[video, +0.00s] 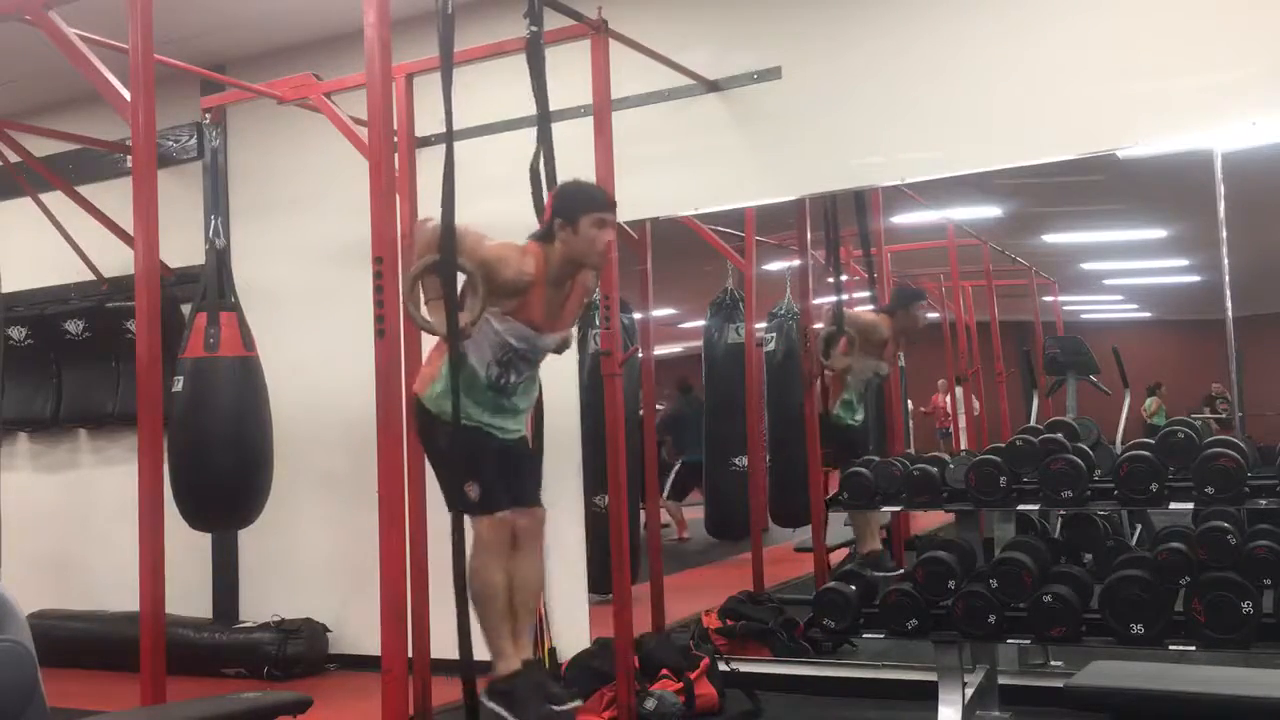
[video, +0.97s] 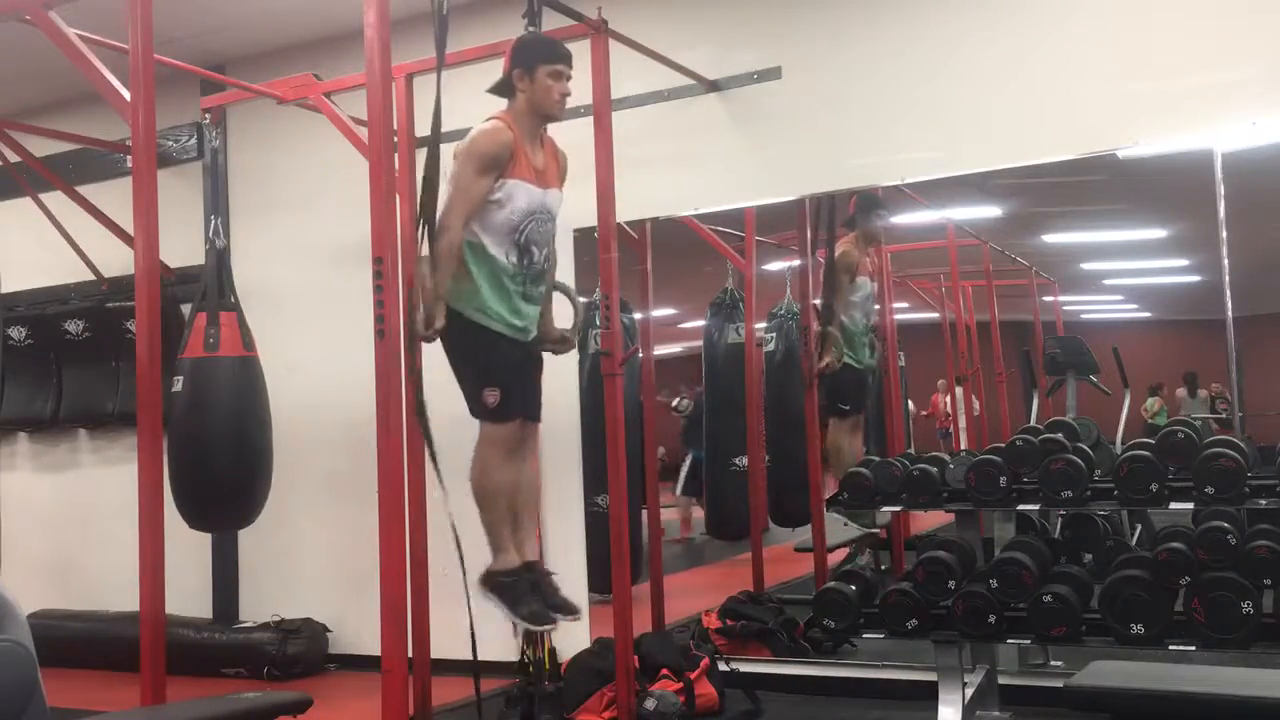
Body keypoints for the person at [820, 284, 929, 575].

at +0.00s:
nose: (924, 317)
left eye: (923, 310)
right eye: (920, 310)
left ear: (904, 311)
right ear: (904, 310)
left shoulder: (890, 336)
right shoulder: (879, 326)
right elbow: (834, 313)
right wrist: (828, 357)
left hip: (860, 407)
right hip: (844, 407)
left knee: (867, 475)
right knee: (859, 476)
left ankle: (870, 547)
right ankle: (868, 549)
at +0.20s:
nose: (910, 282)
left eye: (909, 276)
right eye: (905, 276)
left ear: (892, 278)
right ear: (890, 277)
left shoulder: (888, 310)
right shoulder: (869, 305)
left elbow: (879, 354)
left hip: (859, 393)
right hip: (842, 394)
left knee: (860, 460)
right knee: (854, 461)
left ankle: (858, 528)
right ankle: (848, 532)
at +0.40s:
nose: (898, 255)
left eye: (897, 249)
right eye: (894, 249)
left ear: (882, 251)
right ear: (878, 251)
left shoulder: (881, 285)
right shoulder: (862, 281)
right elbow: (829, 310)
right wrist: (830, 349)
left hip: (857, 376)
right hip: (840, 375)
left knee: (845, 449)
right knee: (849, 448)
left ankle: (832, 515)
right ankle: (823, 515)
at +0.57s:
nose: (894, 240)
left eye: (894, 233)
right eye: (890, 232)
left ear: (875, 232)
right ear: (875, 232)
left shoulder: (873, 266)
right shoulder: (857, 265)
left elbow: (865, 315)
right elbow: (833, 307)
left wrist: (870, 350)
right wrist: (830, 347)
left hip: (855, 359)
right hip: (840, 359)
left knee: (843, 435)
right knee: (834, 436)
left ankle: (832, 514)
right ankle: (824, 517)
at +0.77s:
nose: (887, 228)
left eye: (887, 220)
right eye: (883, 220)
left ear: (871, 219)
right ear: (868, 219)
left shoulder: (866, 255)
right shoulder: (850, 255)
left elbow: (864, 310)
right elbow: (835, 306)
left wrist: (874, 347)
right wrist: (829, 350)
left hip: (857, 353)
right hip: (843, 354)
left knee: (844, 424)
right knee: (837, 425)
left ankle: (833, 500)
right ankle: (825, 506)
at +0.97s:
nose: (882, 227)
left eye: (884, 219)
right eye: (878, 219)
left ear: (875, 221)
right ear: (862, 219)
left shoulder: (861, 254)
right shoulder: (847, 255)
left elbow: (857, 306)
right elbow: (833, 304)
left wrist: (870, 336)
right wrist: (830, 347)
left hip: (861, 349)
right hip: (845, 351)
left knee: (857, 422)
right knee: (842, 422)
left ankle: (857, 490)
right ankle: (840, 491)